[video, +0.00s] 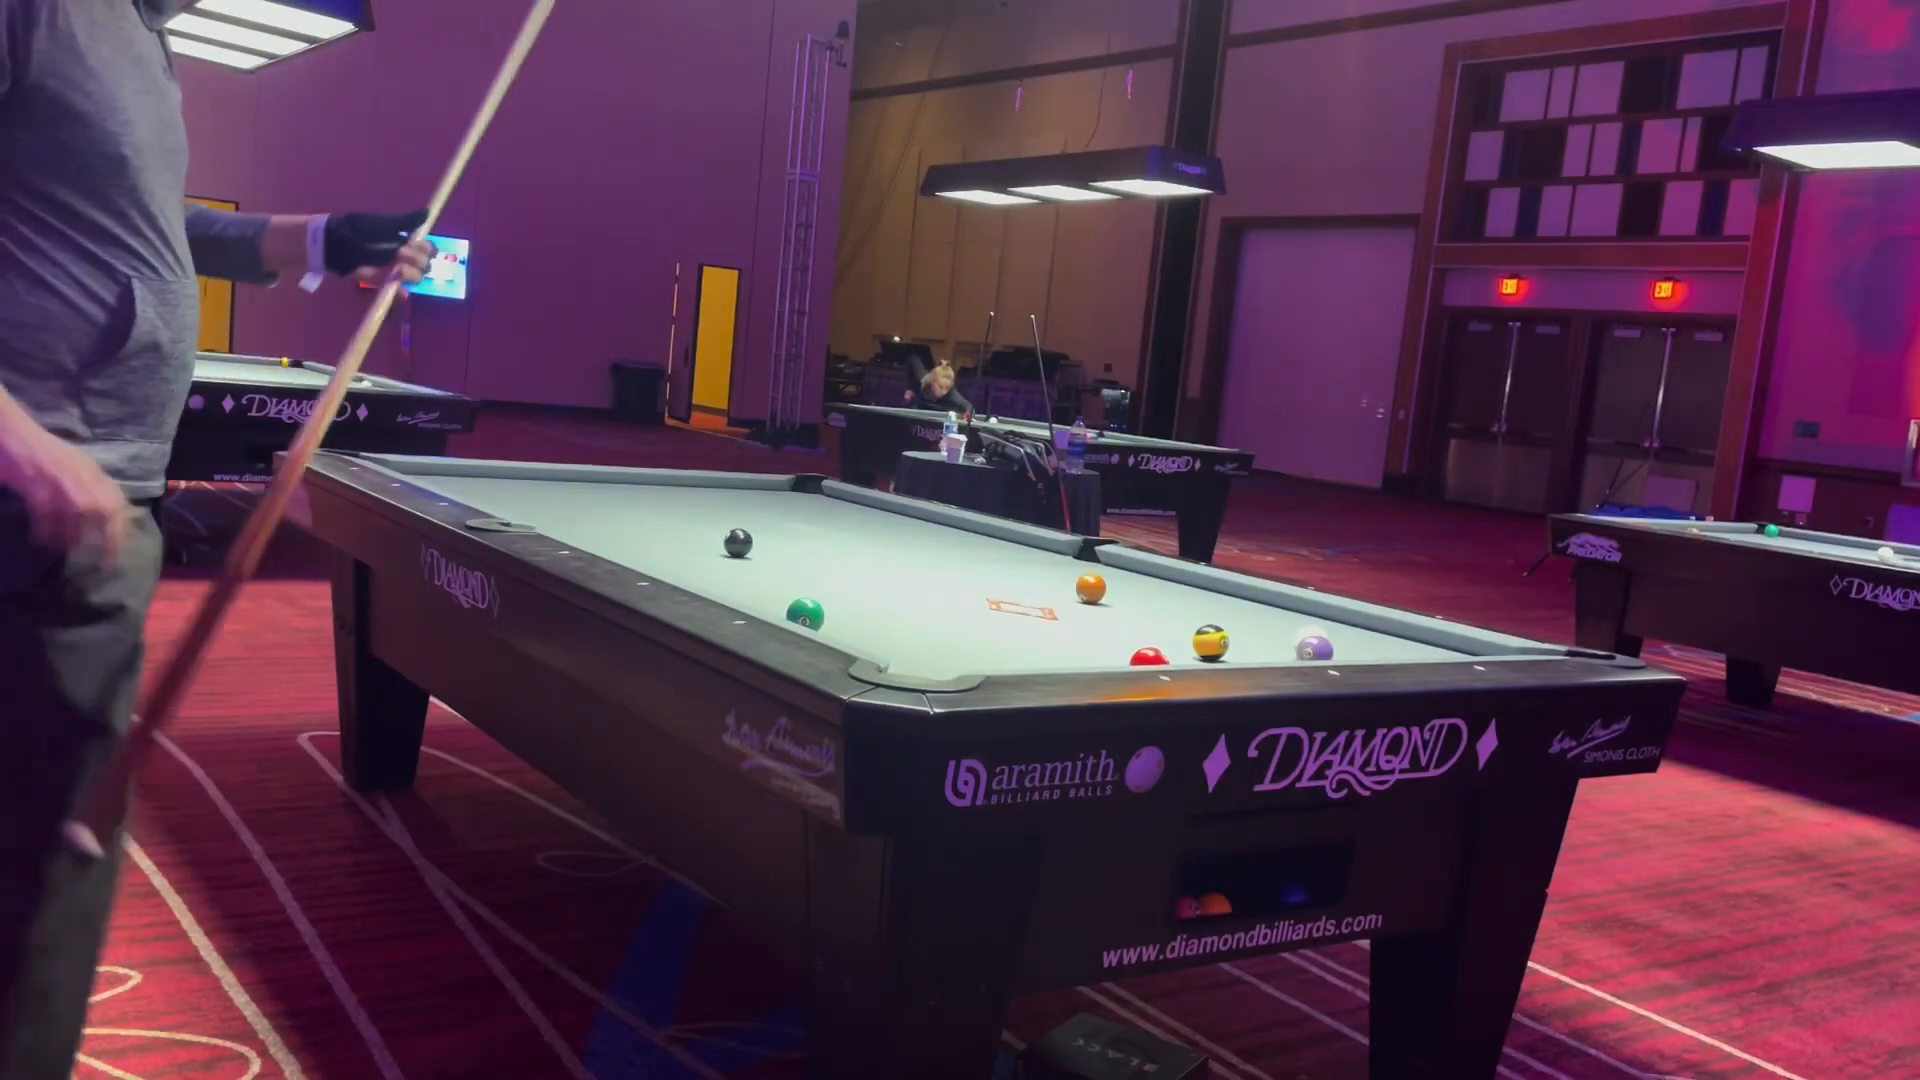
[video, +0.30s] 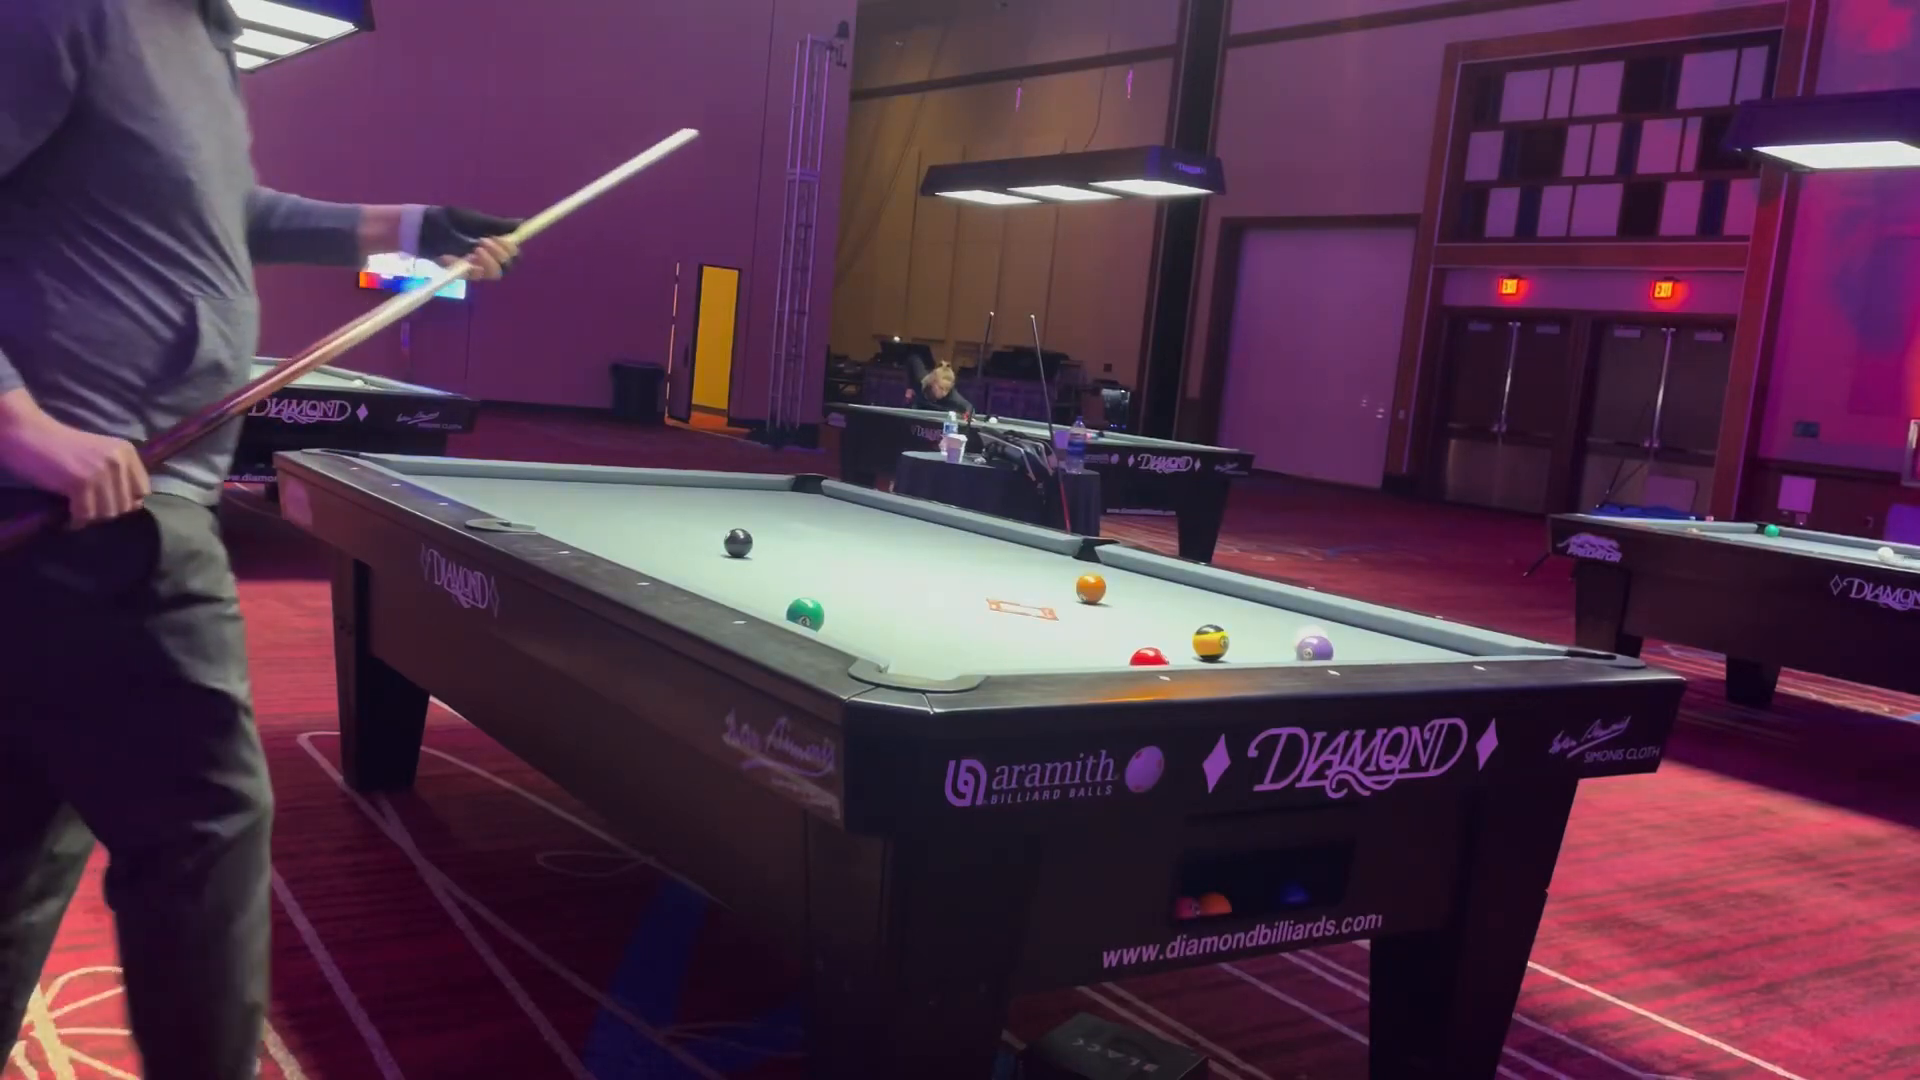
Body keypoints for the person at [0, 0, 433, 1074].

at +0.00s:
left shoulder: (126, 18)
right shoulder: (35, 18)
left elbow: (118, 225)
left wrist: (311, 245)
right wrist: (18, 438)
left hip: (102, 512)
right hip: (40, 520)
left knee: (68, 848)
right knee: (46, 861)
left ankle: (40, 1053)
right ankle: (31, 1054)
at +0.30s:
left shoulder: (195, 27)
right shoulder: (66, 16)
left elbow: (205, 212)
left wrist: (395, 230)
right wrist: (19, 419)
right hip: (99, 498)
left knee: (29, 838)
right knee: (206, 825)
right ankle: (211, 1065)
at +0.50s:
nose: (403, 1)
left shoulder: (309, 52)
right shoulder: (148, 22)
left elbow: (325, 210)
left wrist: (497, 240)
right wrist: (78, 414)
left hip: (231, 515)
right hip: (168, 521)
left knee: (92, 840)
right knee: (255, 866)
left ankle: (8, 1049)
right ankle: (263, 1064)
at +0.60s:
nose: (464, 2)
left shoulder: (372, 55)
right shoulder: (203, 31)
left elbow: (398, 207)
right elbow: (7, 188)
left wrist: (559, 236)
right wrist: (119, 416)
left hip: (292, 522)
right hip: (199, 524)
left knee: (212, 834)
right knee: (281, 869)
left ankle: (45, 1056)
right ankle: (267, 1066)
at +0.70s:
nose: (515, 10)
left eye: (516, 5)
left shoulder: (425, 62)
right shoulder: (252, 35)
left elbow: (474, 206)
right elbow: (28, 176)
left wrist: (642, 234)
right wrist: (163, 397)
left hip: (338, 518)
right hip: (231, 520)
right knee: (268, 869)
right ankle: (262, 1072)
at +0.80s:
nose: (576, 9)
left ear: (522, 4)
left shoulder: (492, 84)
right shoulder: (296, 33)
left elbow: (542, 209)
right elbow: (48, 142)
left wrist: (719, 242)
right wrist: (203, 354)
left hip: (382, 518)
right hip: (254, 518)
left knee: (444, 758)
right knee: (283, 857)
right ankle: (261, 1065)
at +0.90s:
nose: (639, 17)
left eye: (646, 5)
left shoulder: (550, 107)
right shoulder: (346, 43)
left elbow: (641, 236)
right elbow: (87, 133)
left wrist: (824, 284)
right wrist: (221, 343)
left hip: (416, 523)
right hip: (279, 520)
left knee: (470, 779)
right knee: (293, 863)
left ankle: (441, 1053)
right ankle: (262, 1071)